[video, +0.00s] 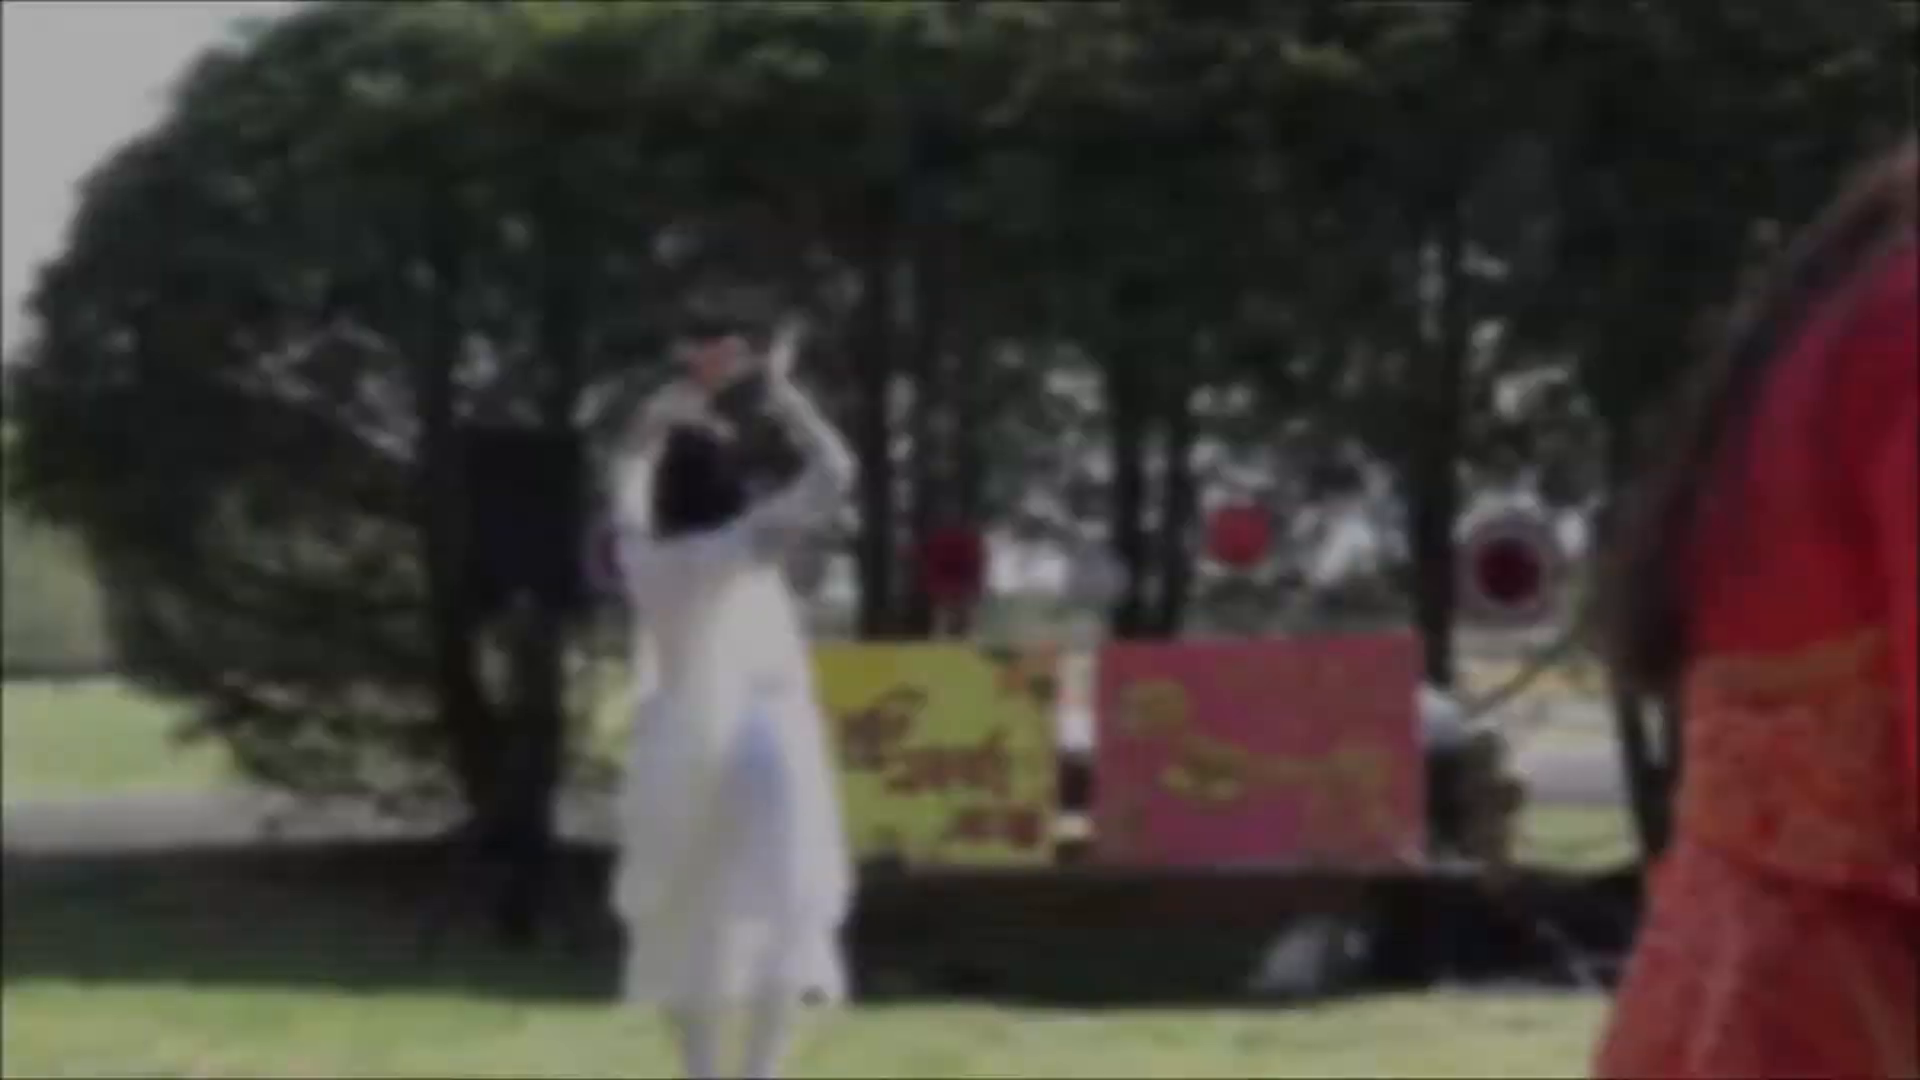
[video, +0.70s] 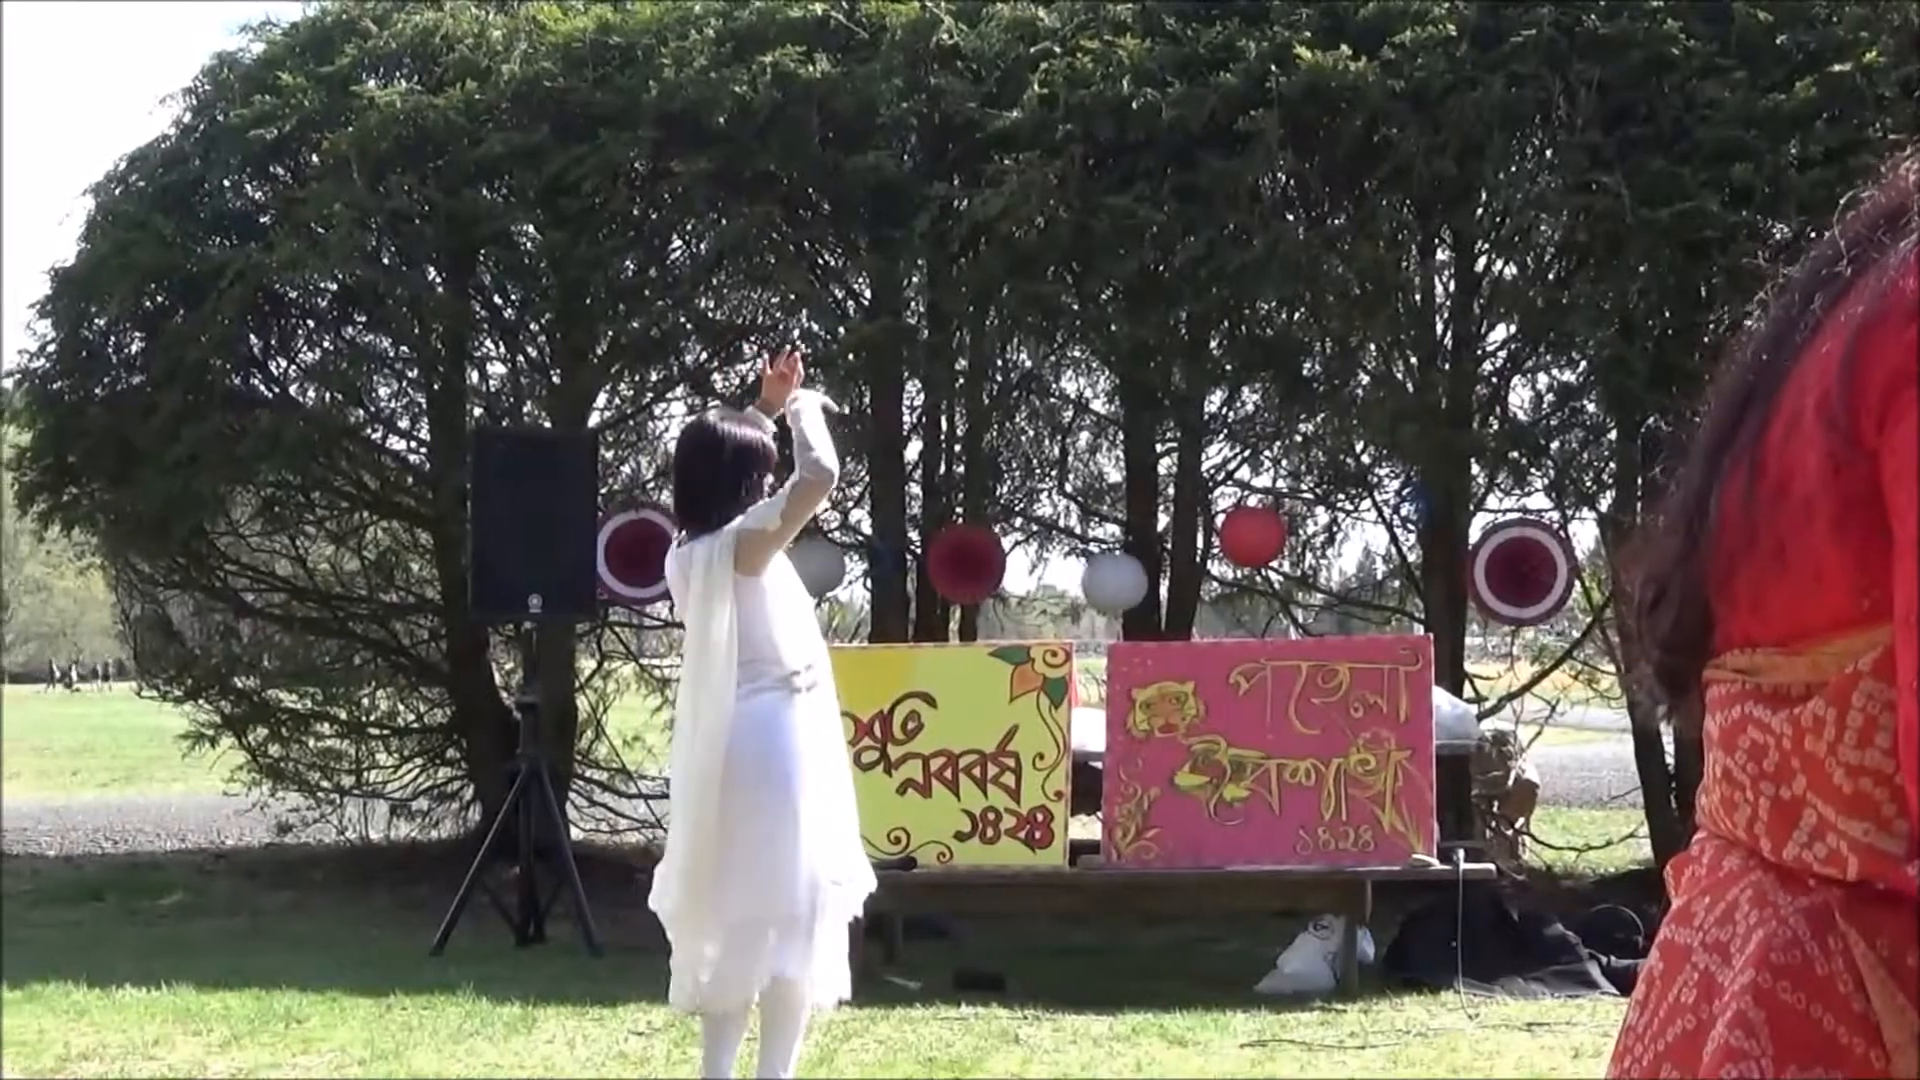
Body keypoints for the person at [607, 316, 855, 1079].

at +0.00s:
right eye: (734, 471)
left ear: (664, 492)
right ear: (738, 491)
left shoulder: (645, 560)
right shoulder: (746, 550)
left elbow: (630, 460)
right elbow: (831, 473)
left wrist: (682, 391)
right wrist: (779, 391)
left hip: (679, 738)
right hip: (756, 737)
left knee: (687, 906)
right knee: (780, 905)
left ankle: (700, 1057)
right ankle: (762, 1059)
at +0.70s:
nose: (771, 484)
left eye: (770, 470)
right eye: (764, 470)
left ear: (690, 478)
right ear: (744, 479)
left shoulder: (694, 555)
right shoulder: (741, 550)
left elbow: (729, 473)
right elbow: (819, 474)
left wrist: (768, 406)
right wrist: (804, 407)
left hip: (735, 732)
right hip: (780, 734)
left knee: (737, 908)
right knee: (800, 910)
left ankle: (717, 1067)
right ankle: (778, 1069)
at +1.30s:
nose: (699, 496)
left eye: (710, 483)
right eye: (685, 485)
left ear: (731, 496)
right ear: (663, 500)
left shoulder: (760, 574)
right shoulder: (646, 577)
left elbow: (841, 616)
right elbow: (571, 641)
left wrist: (944, 599)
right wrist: (664, 579)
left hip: (754, 782)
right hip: (674, 787)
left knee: (750, 943)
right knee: (677, 937)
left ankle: (702, 1069)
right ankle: (650, 1067)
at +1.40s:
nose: (683, 493)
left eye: (696, 479)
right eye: (670, 483)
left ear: (722, 494)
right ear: (651, 499)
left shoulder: (753, 577)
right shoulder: (627, 573)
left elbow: (844, 625)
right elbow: (523, 616)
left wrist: (952, 624)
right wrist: (618, 583)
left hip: (739, 794)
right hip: (649, 794)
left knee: (734, 961)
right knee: (616, 953)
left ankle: (700, 1070)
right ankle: (573, 1071)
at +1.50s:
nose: (669, 484)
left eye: (684, 471)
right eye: (656, 473)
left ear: (709, 488)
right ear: (638, 490)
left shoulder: (740, 577)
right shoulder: (610, 566)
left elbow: (833, 628)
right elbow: (490, 582)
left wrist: (948, 639)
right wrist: (554, 567)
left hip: (718, 788)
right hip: (622, 785)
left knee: (726, 953)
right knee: (572, 947)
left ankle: (696, 1074)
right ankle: (526, 1074)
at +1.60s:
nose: (654, 475)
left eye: (668, 463)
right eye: (640, 463)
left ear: (691, 481)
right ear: (620, 480)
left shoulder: (719, 570)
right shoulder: (585, 544)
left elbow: (813, 629)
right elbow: (464, 550)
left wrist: (928, 652)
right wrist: (506, 545)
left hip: (697, 795)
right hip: (589, 791)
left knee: (711, 960)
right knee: (553, 958)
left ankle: (702, 1074)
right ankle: (526, 1076)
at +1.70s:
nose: (639, 477)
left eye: (652, 465)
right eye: (624, 466)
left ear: (673, 481)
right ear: (603, 482)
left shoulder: (700, 571)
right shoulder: (566, 547)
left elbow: (799, 634)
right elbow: (450, 542)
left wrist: (912, 658)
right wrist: (478, 528)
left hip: (671, 801)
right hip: (561, 797)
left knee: (691, 975)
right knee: (531, 972)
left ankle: (695, 1075)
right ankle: (515, 1078)